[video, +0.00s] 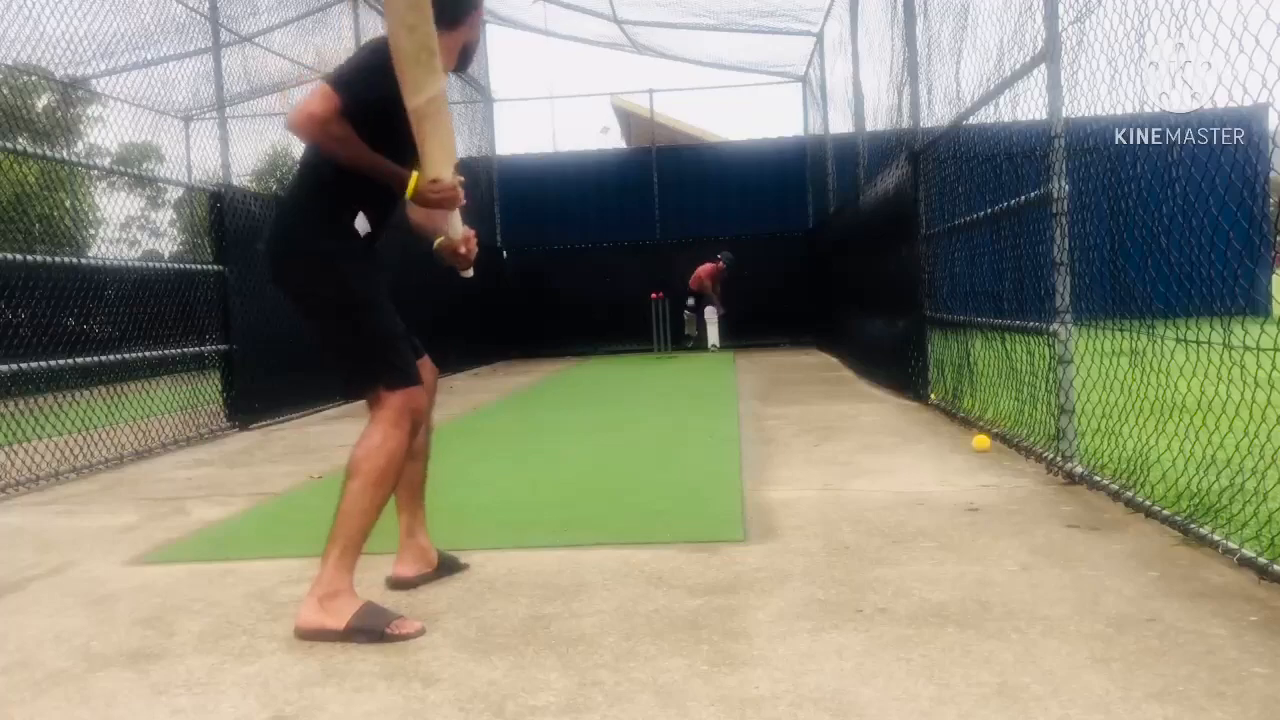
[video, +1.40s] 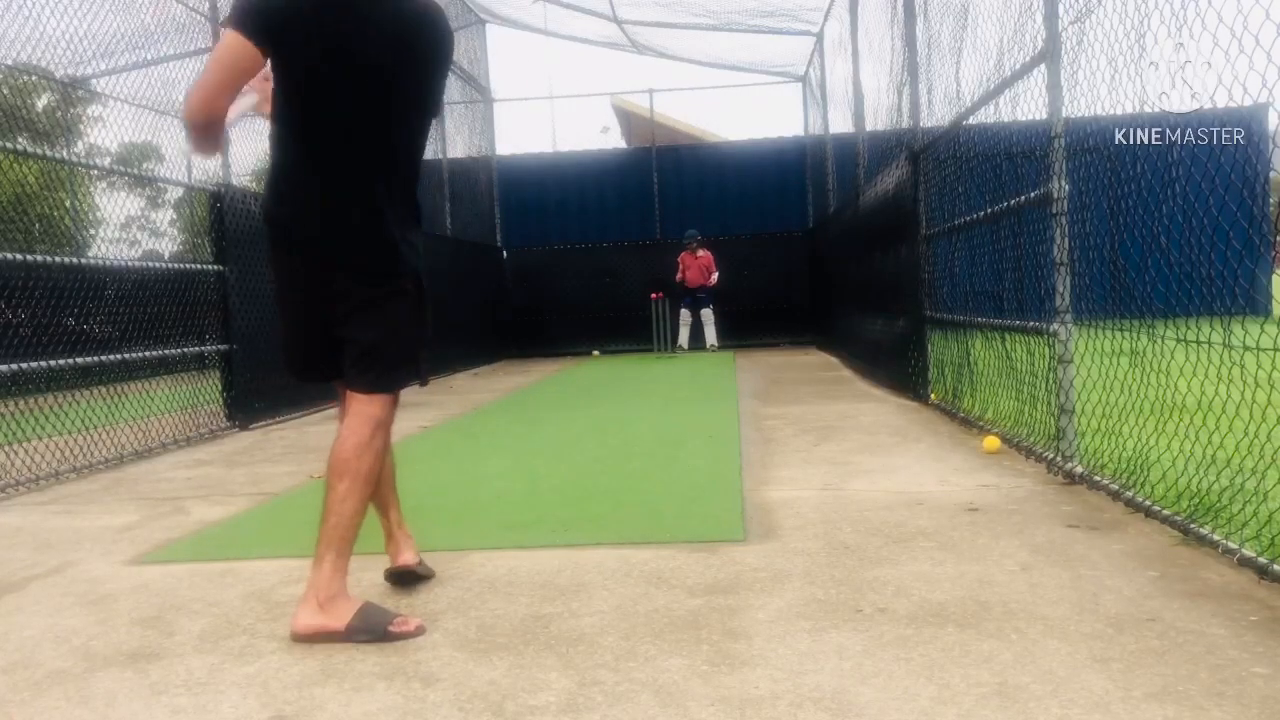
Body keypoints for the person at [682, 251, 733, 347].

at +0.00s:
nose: (724, 267)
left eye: (726, 265)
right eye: (724, 263)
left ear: (727, 266)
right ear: (719, 261)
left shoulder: (719, 272)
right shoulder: (707, 270)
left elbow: (717, 287)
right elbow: (708, 291)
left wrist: (717, 303)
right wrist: (718, 306)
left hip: (705, 292)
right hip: (694, 291)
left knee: (710, 314)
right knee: (691, 315)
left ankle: (712, 341)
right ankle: (691, 337)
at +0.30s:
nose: (718, 257)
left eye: (720, 255)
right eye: (716, 254)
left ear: (722, 256)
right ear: (712, 253)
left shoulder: (719, 267)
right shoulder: (702, 262)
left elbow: (719, 284)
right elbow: (697, 283)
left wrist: (721, 298)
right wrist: (709, 297)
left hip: (706, 292)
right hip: (692, 291)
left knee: (709, 314)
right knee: (682, 315)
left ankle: (713, 344)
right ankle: (679, 342)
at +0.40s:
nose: (713, 252)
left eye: (715, 249)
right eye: (710, 249)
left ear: (717, 251)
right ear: (705, 249)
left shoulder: (717, 266)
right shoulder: (696, 259)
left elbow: (718, 283)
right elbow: (689, 272)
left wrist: (721, 296)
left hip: (705, 291)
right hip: (691, 290)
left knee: (707, 313)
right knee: (682, 315)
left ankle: (713, 344)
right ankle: (681, 344)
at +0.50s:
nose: (705, 249)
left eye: (707, 246)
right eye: (702, 246)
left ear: (710, 248)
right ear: (698, 246)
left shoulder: (711, 261)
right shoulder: (690, 257)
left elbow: (713, 279)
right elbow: (684, 263)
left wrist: (716, 290)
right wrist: (682, 268)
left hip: (702, 292)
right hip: (688, 291)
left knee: (706, 314)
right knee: (681, 318)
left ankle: (713, 344)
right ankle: (682, 345)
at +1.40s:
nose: (689, 246)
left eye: (691, 243)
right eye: (687, 244)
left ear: (697, 241)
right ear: (685, 244)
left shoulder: (706, 255)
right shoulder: (683, 256)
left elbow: (714, 271)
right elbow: (681, 271)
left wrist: (713, 278)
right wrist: (679, 276)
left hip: (703, 288)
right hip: (688, 289)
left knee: (707, 315)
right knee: (684, 315)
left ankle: (711, 344)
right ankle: (682, 345)